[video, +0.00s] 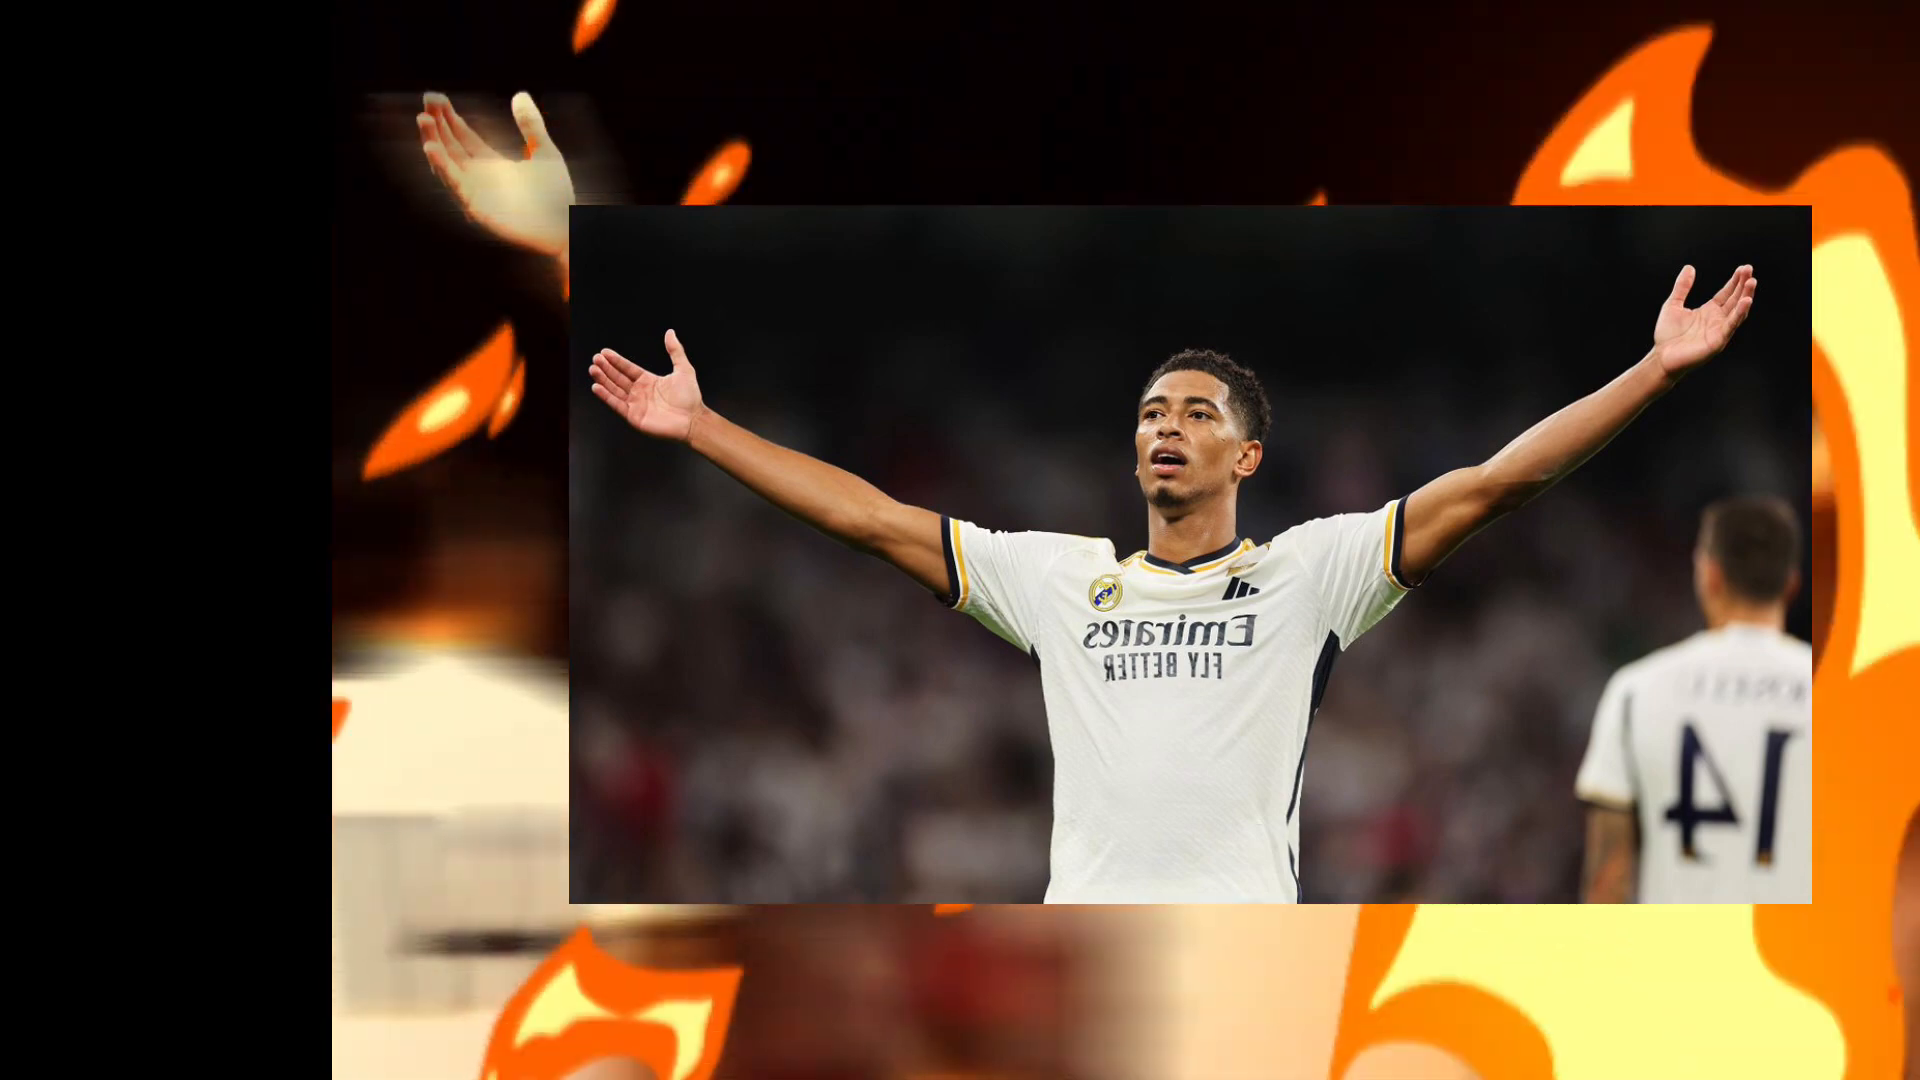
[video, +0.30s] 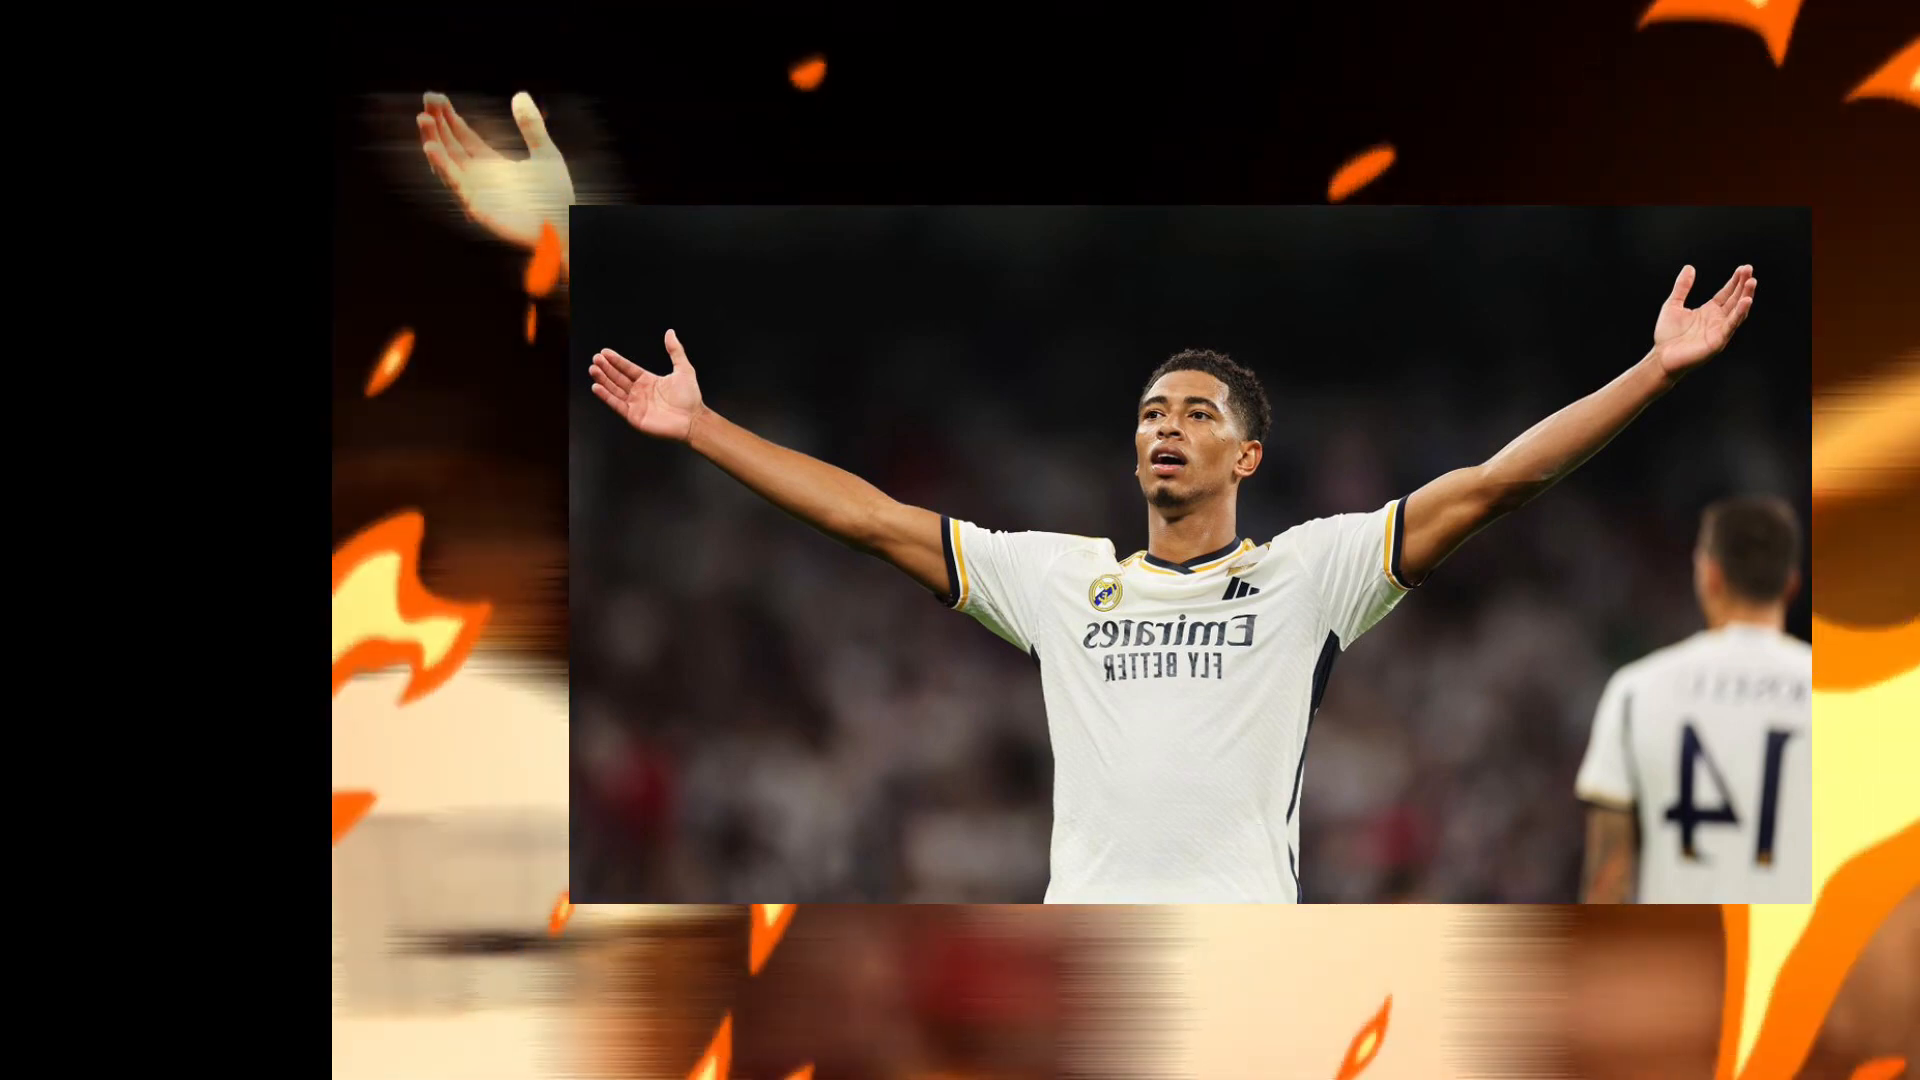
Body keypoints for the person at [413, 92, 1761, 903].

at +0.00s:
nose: (1163, 438)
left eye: (1191, 421)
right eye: (1152, 422)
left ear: (1251, 455)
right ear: (1135, 452)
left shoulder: (1310, 569)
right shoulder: (1066, 576)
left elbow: (1496, 480)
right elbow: (880, 519)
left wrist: (1658, 366)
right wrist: (702, 426)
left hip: (1254, 943)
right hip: (1084, 939)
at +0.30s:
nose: (1170, 429)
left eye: (1200, 414)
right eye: (1156, 412)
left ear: (1248, 453)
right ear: (1133, 448)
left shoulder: (1308, 570)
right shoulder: (1057, 578)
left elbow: (1488, 484)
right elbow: (879, 519)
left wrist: (1656, 367)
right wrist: (699, 428)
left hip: (1250, 939)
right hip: (1087, 935)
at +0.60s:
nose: (1170, 429)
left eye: (1199, 415)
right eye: (1155, 414)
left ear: (1249, 452)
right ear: (1134, 449)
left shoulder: (1308, 570)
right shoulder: (1059, 578)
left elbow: (1493, 482)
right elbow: (876, 518)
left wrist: (1655, 367)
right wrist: (698, 427)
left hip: (1249, 943)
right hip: (1089, 943)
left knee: (1251, 1079)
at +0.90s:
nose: (1170, 428)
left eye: (1199, 415)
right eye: (1155, 414)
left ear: (1248, 455)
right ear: (1134, 452)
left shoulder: (1307, 570)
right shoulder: (1059, 580)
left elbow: (1492, 482)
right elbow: (877, 518)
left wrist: (1656, 367)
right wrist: (701, 429)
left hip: (1247, 940)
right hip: (1086, 939)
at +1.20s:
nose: (1162, 438)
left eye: (1191, 422)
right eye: (1151, 422)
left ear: (1251, 456)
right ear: (1134, 452)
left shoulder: (1310, 569)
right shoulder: (1066, 576)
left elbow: (1496, 480)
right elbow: (880, 519)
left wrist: (1659, 366)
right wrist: (702, 426)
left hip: (1255, 944)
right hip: (1084, 941)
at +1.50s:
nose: (1162, 439)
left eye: (1190, 422)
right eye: (1151, 422)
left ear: (1251, 456)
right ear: (1133, 451)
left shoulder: (1310, 569)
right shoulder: (1062, 575)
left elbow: (1496, 480)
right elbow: (878, 518)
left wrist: (1658, 366)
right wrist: (701, 426)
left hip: (1255, 936)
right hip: (1085, 934)